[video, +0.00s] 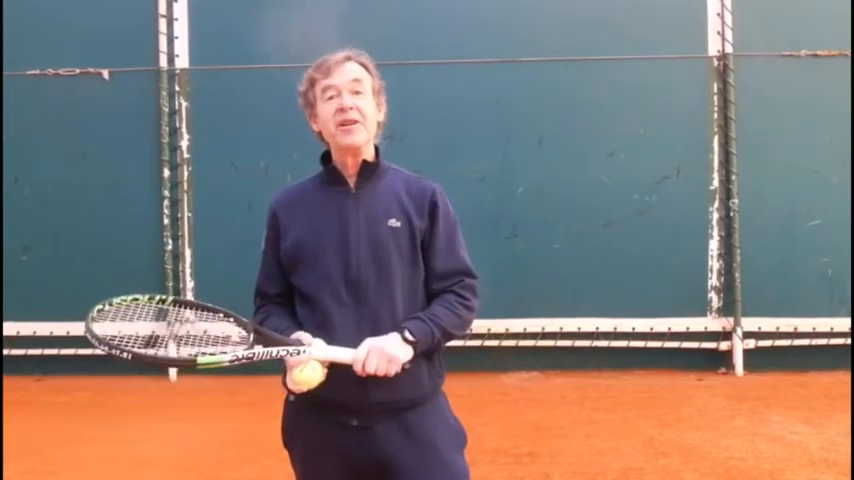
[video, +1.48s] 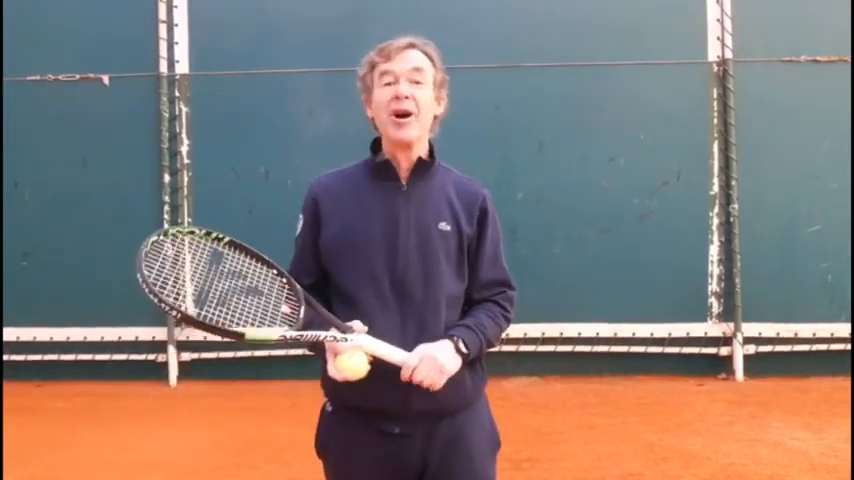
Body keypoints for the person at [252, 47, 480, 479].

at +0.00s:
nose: (345, 102)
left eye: (357, 91)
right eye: (330, 95)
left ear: (380, 109)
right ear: (315, 120)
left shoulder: (423, 199)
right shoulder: (287, 209)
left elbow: (460, 295)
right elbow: (269, 306)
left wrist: (404, 339)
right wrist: (295, 344)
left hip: (415, 422)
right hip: (321, 427)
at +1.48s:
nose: (402, 91)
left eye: (416, 80)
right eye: (387, 81)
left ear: (438, 102)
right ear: (369, 104)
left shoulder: (470, 200)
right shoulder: (327, 196)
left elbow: (496, 300)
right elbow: (302, 296)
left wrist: (454, 347)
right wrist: (331, 340)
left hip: (456, 428)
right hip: (359, 427)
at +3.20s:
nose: (378, 84)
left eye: (391, 73)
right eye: (364, 77)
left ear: (414, 94)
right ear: (345, 104)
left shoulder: (456, 190)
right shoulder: (314, 193)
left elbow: (498, 290)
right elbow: (295, 290)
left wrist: (445, 291)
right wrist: (315, 339)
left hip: (437, 423)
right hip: (340, 422)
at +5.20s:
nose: (384, 102)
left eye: (396, 88)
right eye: (368, 91)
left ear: (416, 102)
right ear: (348, 109)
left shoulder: (451, 196)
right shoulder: (308, 199)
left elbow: (488, 286)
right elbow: (285, 307)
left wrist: (450, 329)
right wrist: (333, 322)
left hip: (444, 423)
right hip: (347, 426)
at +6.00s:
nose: (433, 100)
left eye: (447, 86)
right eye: (419, 88)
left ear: (469, 104)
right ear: (400, 107)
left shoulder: (500, 202)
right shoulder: (355, 196)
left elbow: (534, 303)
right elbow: (327, 303)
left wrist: (489, 348)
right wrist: (367, 336)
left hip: (485, 433)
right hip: (385, 432)